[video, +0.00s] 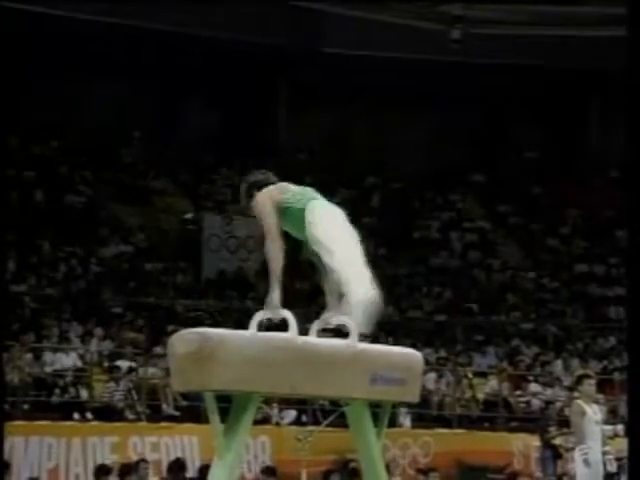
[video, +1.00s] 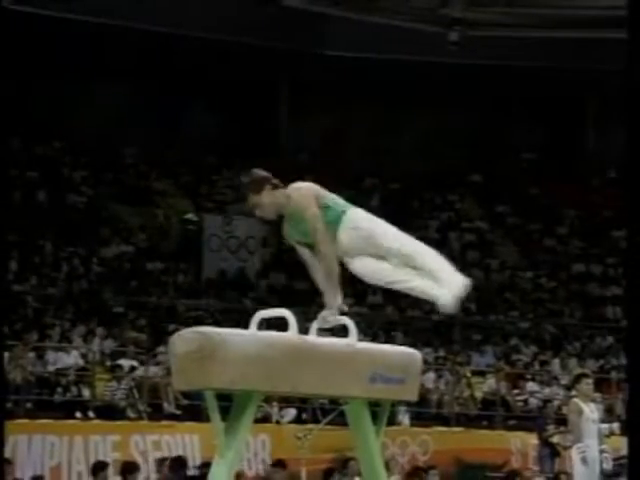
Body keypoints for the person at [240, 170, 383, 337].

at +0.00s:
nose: (252, 210)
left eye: (251, 204)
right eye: (250, 206)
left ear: (254, 193)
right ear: (270, 184)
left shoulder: (264, 197)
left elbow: (274, 242)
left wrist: (274, 292)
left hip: (320, 215)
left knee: (345, 261)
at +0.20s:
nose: (219, 190)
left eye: (217, 185)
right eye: (218, 184)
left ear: (221, 180)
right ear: (243, 169)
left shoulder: (232, 200)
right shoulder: (268, 182)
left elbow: (259, 251)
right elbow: (307, 233)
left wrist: (281, 299)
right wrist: (330, 294)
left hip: (318, 247)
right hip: (334, 225)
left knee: (391, 286)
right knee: (398, 261)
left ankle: (469, 314)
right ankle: (473, 301)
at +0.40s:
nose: (260, 165)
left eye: (259, 160)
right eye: (258, 161)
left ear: (266, 157)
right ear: (289, 150)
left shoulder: (263, 188)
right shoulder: (312, 177)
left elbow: (269, 243)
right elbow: (334, 223)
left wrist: (279, 293)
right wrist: (357, 258)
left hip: (286, 264)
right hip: (315, 258)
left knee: (301, 319)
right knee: (334, 311)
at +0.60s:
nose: (324, 177)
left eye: (326, 172)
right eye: (326, 172)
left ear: (335, 170)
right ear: (357, 173)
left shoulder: (325, 198)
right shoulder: (367, 212)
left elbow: (303, 248)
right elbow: (349, 265)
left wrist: (285, 293)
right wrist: (333, 310)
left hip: (281, 268)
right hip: (303, 277)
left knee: (217, 300)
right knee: (228, 310)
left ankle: (156, 346)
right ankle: (165, 348)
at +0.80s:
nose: (310, 199)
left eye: (309, 194)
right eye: (307, 197)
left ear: (315, 181)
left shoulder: (331, 182)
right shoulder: (353, 213)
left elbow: (317, 210)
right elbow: (339, 267)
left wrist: (297, 221)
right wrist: (333, 308)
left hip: (325, 236)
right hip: (333, 262)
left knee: (283, 264)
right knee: (286, 288)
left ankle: (247, 291)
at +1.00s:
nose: (260, 213)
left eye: (258, 205)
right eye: (255, 210)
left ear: (270, 190)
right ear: (261, 205)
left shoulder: (300, 192)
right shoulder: (292, 233)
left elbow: (324, 241)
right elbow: (316, 266)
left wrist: (335, 290)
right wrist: (330, 302)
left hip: (353, 227)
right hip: (346, 253)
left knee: (402, 250)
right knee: (390, 277)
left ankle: (455, 282)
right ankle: (443, 297)